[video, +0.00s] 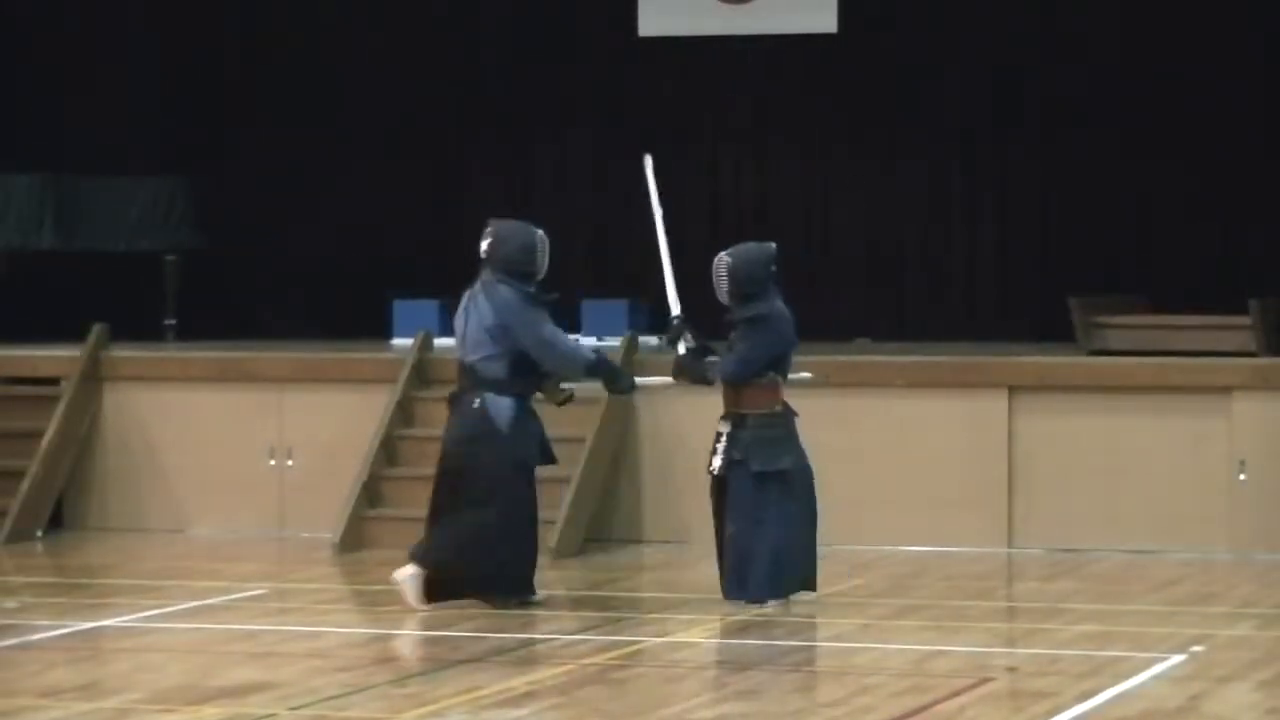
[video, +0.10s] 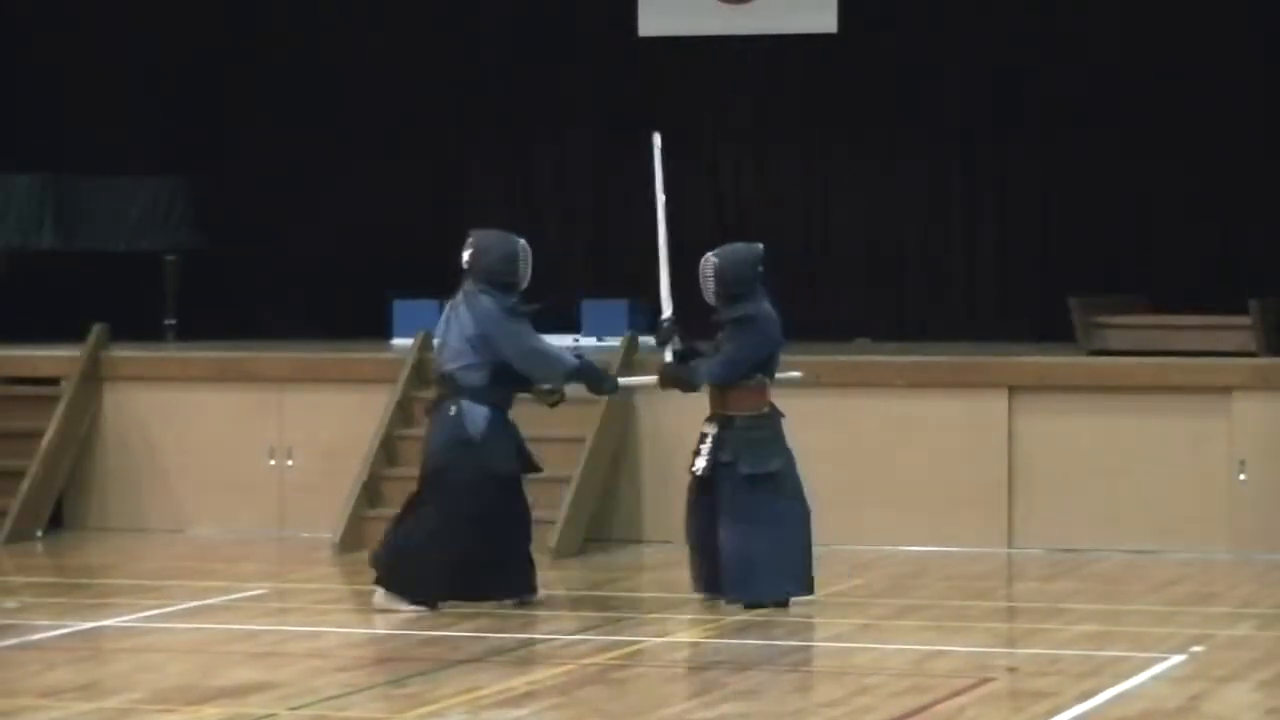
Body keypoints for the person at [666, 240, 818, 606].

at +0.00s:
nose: (723, 286)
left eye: (727, 278)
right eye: (723, 278)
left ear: (745, 280)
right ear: (754, 280)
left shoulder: (769, 322)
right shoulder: (748, 318)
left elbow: (734, 369)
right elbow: (728, 359)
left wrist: (696, 361)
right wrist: (694, 343)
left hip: (763, 430)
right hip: (743, 426)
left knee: (758, 509)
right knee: (743, 508)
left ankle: (767, 593)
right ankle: (750, 591)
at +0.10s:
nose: (709, 288)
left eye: (713, 280)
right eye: (709, 280)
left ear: (729, 281)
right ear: (742, 280)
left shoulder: (757, 324)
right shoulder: (734, 320)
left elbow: (722, 369)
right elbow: (714, 355)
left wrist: (677, 371)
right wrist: (680, 346)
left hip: (752, 429)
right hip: (725, 427)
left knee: (758, 507)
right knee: (719, 505)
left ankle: (770, 590)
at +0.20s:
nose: (694, 293)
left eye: (699, 285)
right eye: (694, 285)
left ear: (716, 286)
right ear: (728, 285)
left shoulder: (745, 328)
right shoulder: (716, 325)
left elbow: (707, 371)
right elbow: (698, 359)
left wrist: (665, 379)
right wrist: (670, 350)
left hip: (738, 432)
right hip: (707, 431)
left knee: (750, 509)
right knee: (687, 505)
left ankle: (765, 590)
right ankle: (678, 584)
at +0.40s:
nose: (655, 294)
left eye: (660, 287)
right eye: (655, 286)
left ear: (678, 288)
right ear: (686, 288)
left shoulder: (704, 331)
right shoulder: (675, 324)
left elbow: (668, 374)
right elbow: (658, 352)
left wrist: (628, 384)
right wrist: (628, 349)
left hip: (691, 436)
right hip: (661, 432)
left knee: (697, 507)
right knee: (647, 507)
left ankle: (740, 569)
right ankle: (648, 589)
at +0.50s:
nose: (636, 290)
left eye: (642, 283)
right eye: (637, 283)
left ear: (658, 285)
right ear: (671, 283)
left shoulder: (683, 328)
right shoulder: (653, 322)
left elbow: (647, 373)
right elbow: (630, 360)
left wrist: (613, 380)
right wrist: (604, 349)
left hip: (668, 432)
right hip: (644, 428)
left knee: (661, 505)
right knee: (631, 502)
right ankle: (636, 587)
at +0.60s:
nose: (620, 290)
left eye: (625, 282)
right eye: (621, 282)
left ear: (640, 285)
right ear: (656, 283)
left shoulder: (666, 327)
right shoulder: (645, 321)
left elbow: (629, 371)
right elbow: (629, 359)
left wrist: (598, 376)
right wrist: (597, 352)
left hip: (650, 429)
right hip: (627, 425)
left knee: (644, 505)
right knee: (617, 503)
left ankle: (659, 587)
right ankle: (620, 586)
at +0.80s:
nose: (592, 286)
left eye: (595, 280)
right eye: (593, 280)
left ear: (603, 284)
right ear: (633, 282)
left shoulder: (623, 327)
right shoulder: (640, 321)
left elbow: (580, 375)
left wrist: (565, 377)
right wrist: (581, 342)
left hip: (613, 427)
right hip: (627, 423)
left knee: (605, 504)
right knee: (622, 504)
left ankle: (603, 587)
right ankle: (633, 583)